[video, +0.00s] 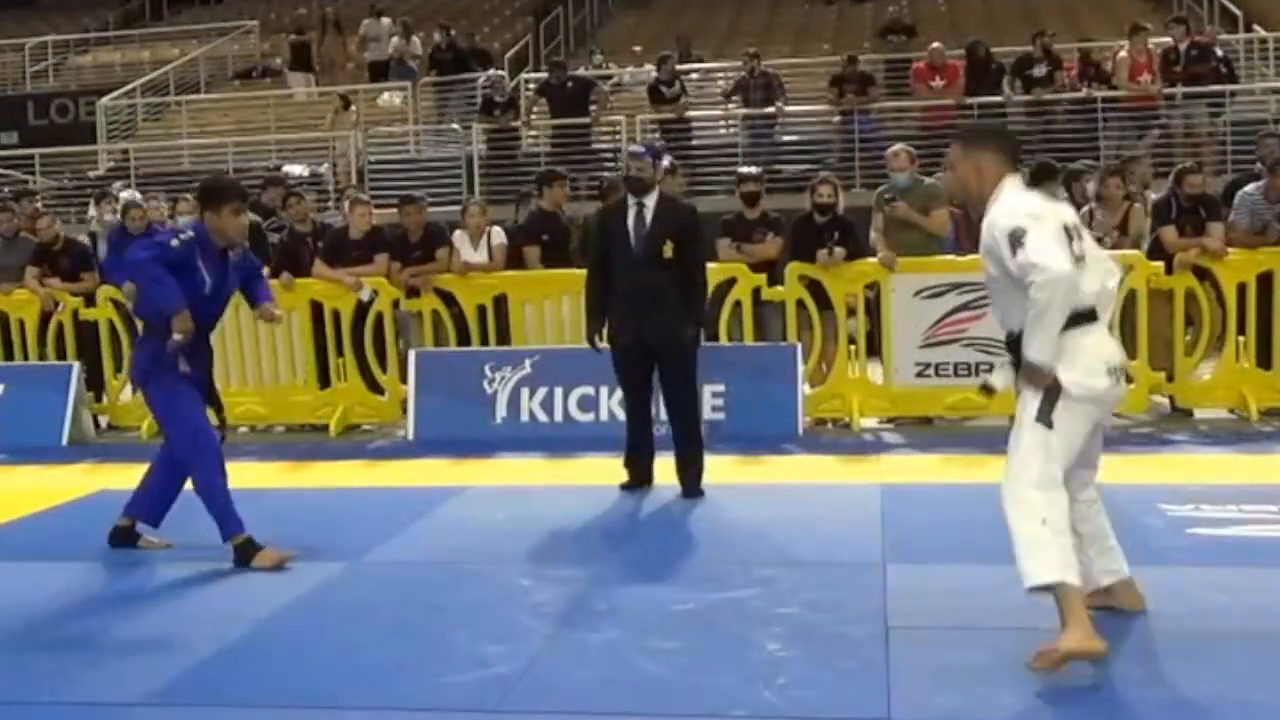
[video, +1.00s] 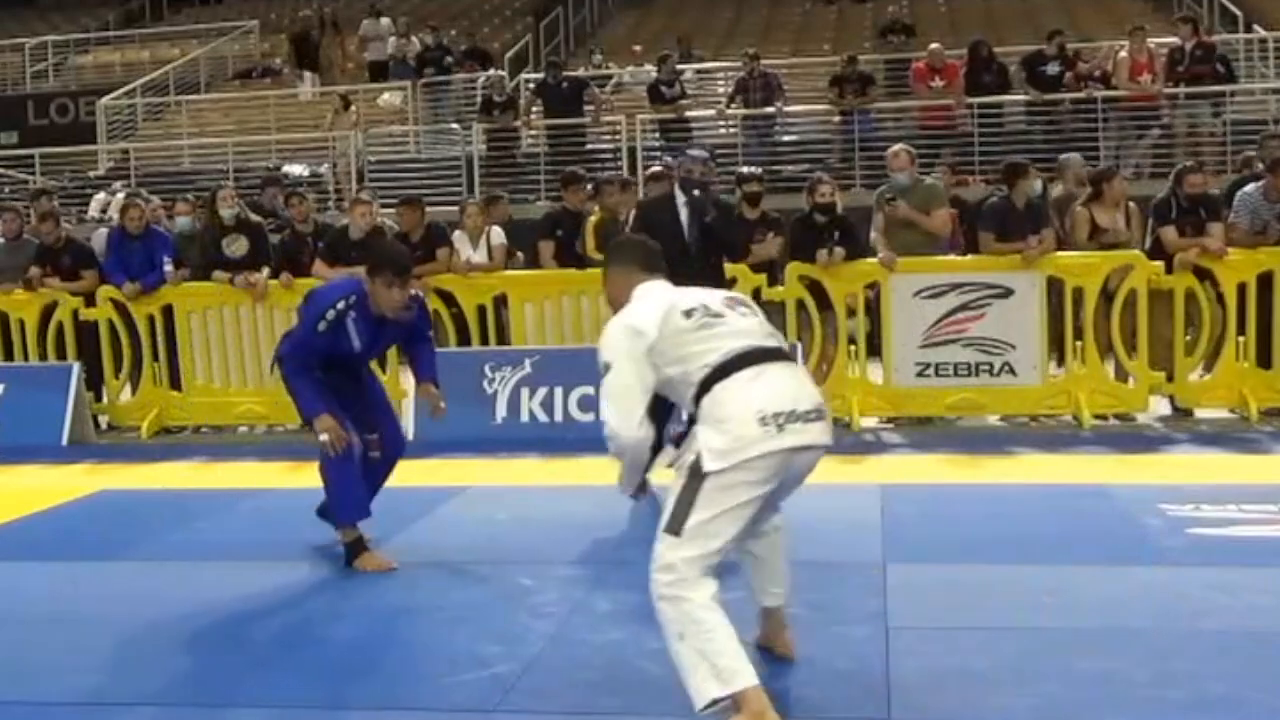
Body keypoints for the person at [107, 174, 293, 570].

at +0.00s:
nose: (246, 222)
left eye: (245, 214)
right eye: (237, 215)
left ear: (234, 216)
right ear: (212, 217)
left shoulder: (235, 250)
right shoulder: (185, 242)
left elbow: (253, 276)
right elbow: (138, 261)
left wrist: (263, 302)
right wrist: (175, 308)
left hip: (194, 359)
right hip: (160, 359)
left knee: (186, 441)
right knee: (201, 441)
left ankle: (129, 525)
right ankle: (241, 543)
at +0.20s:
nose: (285, 247)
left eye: (286, 239)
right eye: (278, 239)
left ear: (285, 239)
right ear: (253, 239)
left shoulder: (275, 270)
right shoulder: (216, 272)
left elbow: (287, 294)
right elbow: (208, 335)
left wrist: (299, 324)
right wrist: (261, 373)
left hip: (218, 355)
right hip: (182, 357)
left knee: (225, 436)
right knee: (224, 435)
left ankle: (156, 501)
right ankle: (246, 543)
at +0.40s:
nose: (328, 266)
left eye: (331, 258)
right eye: (321, 257)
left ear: (332, 256)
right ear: (296, 253)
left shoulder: (305, 276)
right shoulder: (253, 280)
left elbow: (299, 309)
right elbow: (233, 351)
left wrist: (302, 339)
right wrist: (282, 388)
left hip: (241, 347)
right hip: (204, 351)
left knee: (275, 427)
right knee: (238, 436)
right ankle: (246, 543)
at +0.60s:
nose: (368, 272)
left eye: (371, 264)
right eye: (362, 263)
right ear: (337, 259)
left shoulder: (343, 282)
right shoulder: (289, 279)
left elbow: (330, 311)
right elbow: (243, 335)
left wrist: (331, 343)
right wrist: (275, 386)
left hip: (279, 347)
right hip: (240, 347)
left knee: (312, 428)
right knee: (266, 437)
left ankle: (318, 521)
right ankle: (251, 542)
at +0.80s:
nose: (388, 285)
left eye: (391, 275)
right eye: (380, 276)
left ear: (395, 271)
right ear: (357, 271)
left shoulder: (384, 294)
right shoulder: (315, 288)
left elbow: (392, 330)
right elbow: (263, 342)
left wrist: (395, 371)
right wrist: (287, 389)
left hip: (322, 358)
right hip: (282, 357)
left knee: (352, 427)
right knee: (314, 423)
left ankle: (326, 521)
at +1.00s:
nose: (402, 296)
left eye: (406, 286)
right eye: (392, 287)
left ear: (411, 283)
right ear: (370, 283)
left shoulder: (412, 307)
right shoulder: (331, 302)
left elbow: (420, 340)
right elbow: (294, 360)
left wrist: (426, 380)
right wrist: (318, 415)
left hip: (352, 365)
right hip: (309, 366)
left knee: (391, 442)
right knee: (342, 440)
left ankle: (339, 508)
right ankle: (354, 542)